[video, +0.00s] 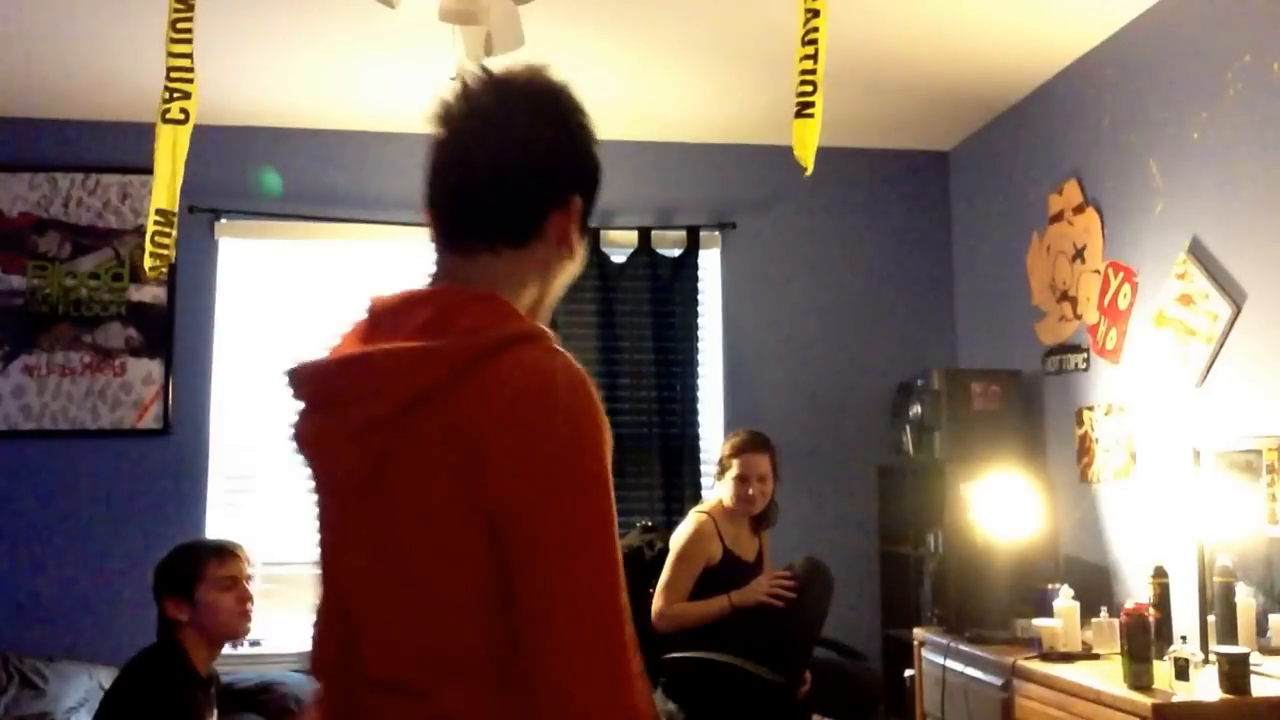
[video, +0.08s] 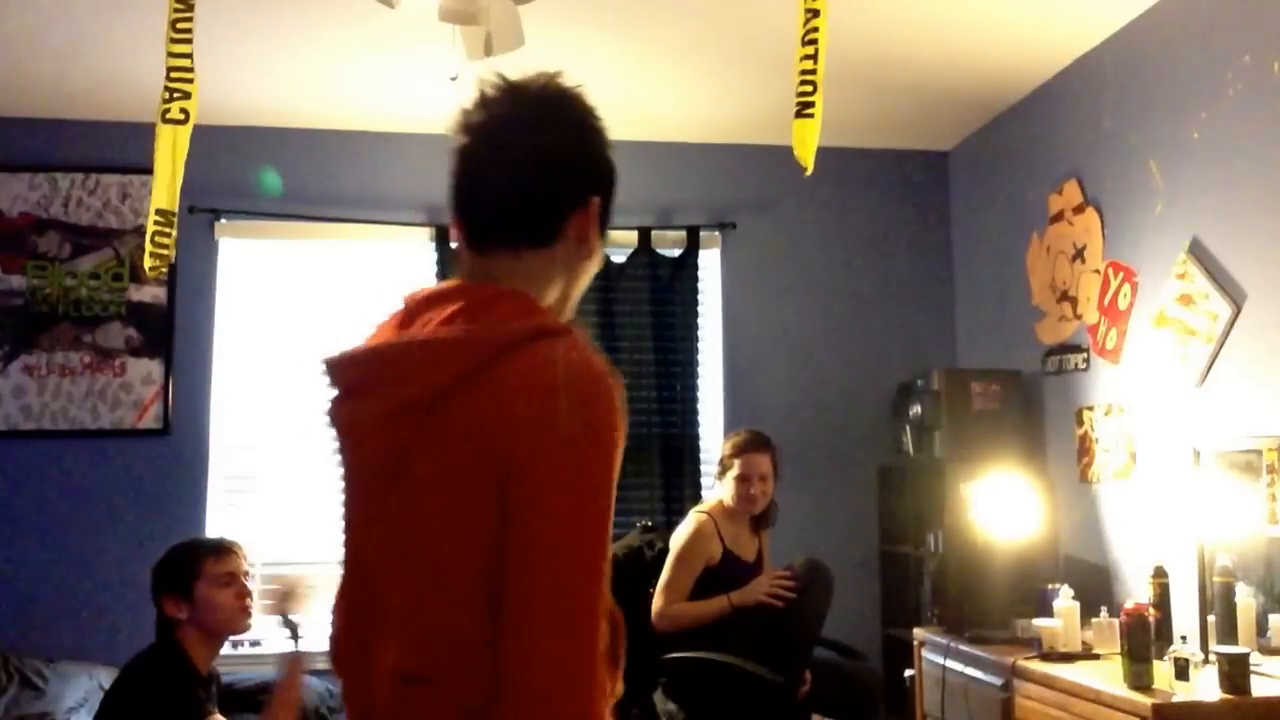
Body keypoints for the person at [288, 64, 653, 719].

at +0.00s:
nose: (581, 254)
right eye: (586, 232)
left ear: (434, 215)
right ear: (568, 225)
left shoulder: (363, 361)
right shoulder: (537, 383)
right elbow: (585, 661)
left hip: (356, 697)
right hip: (496, 702)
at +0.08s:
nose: (602, 249)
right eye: (606, 230)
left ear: (456, 228)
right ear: (586, 225)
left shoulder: (388, 356)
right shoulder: (562, 377)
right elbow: (556, 642)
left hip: (377, 693)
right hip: (499, 700)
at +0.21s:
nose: (616, 245)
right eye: (619, 226)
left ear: (475, 229)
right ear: (602, 220)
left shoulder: (411, 352)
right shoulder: (579, 358)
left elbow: (378, 601)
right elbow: (533, 615)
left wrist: (371, 714)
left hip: (451, 694)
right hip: (572, 699)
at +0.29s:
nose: (609, 256)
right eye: (613, 234)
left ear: (471, 228)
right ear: (598, 226)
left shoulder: (412, 355)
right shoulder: (574, 363)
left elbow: (387, 601)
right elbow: (562, 616)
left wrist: (374, 711)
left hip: (461, 698)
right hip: (570, 703)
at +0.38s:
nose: (615, 253)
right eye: (621, 237)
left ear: (483, 231)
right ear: (606, 232)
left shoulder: (423, 346)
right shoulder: (578, 363)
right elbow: (608, 607)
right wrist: (634, 705)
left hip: (429, 686)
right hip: (550, 695)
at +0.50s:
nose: (644, 264)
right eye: (649, 244)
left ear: (511, 235)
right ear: (636, 235)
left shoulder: (433, 354)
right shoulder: (610, 351)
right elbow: (708, 611)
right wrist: (820, 709)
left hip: (416, 692)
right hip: (547, 698)